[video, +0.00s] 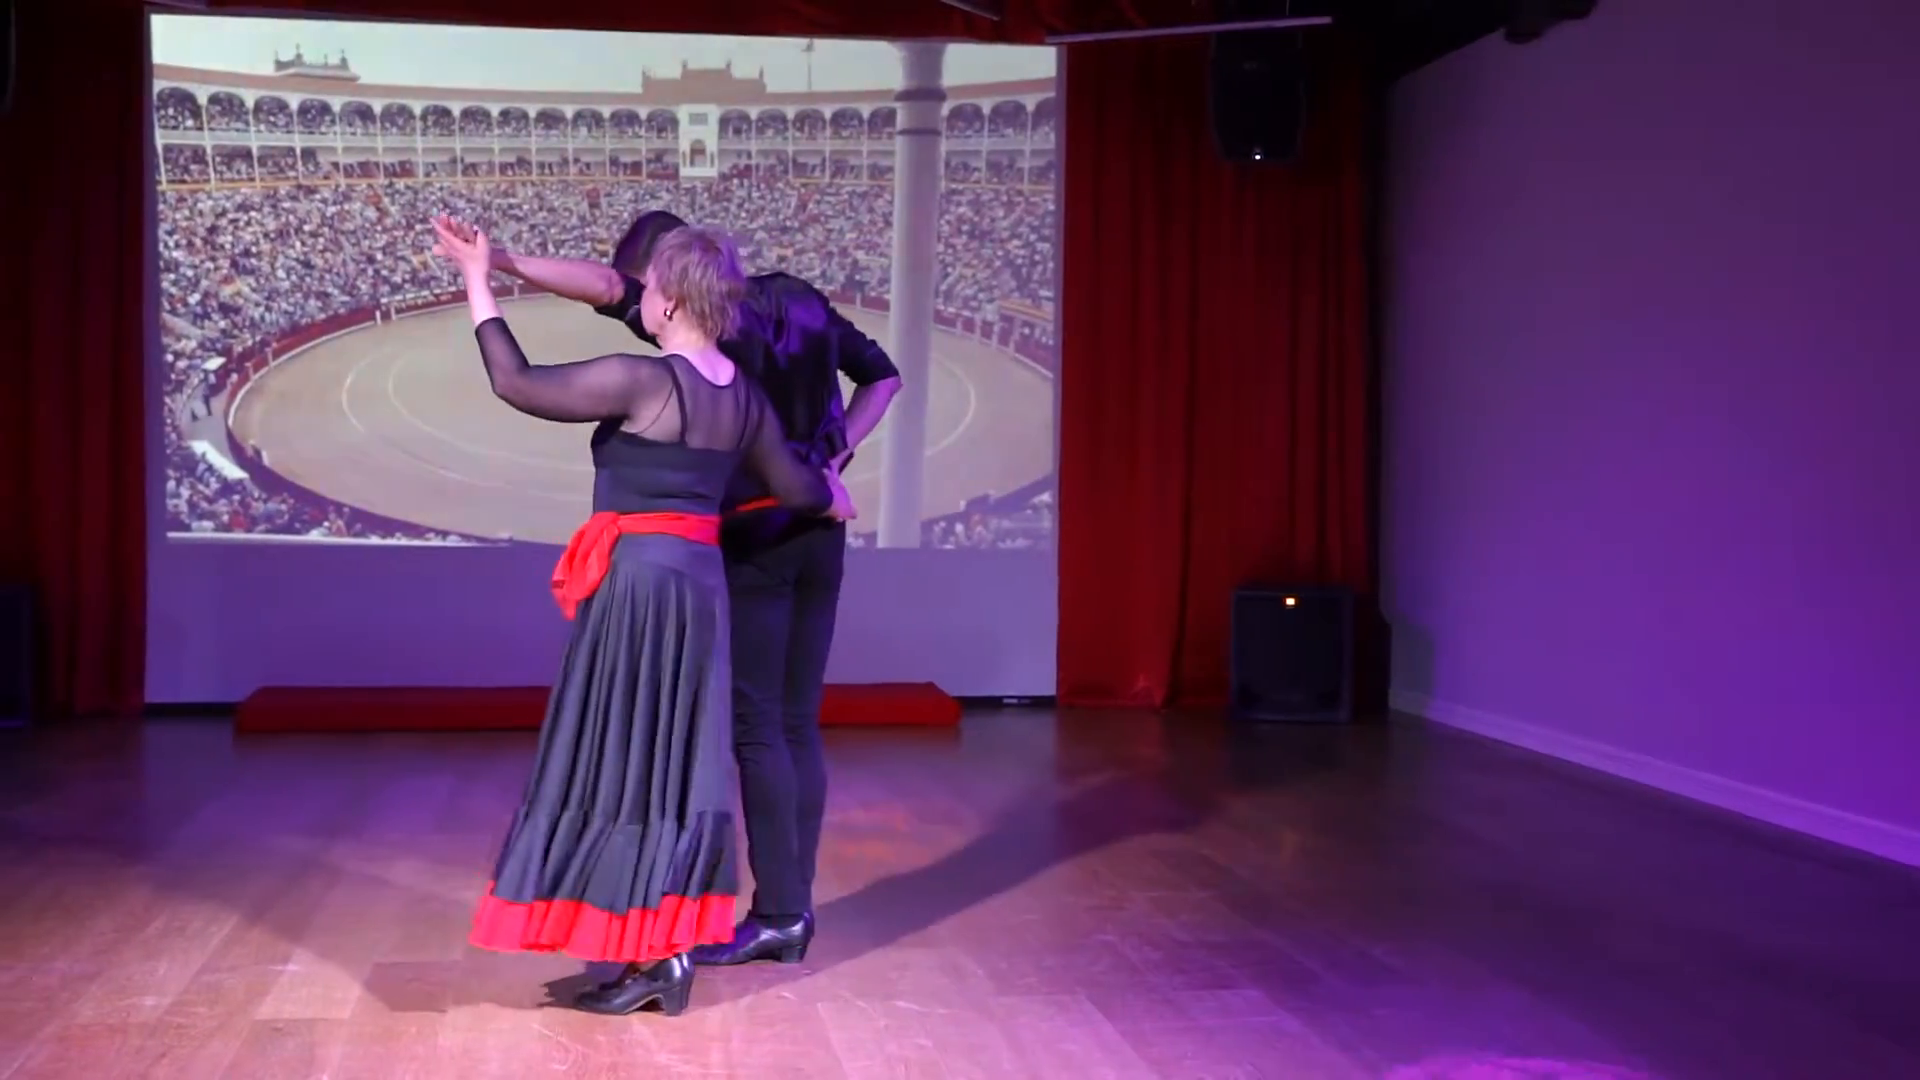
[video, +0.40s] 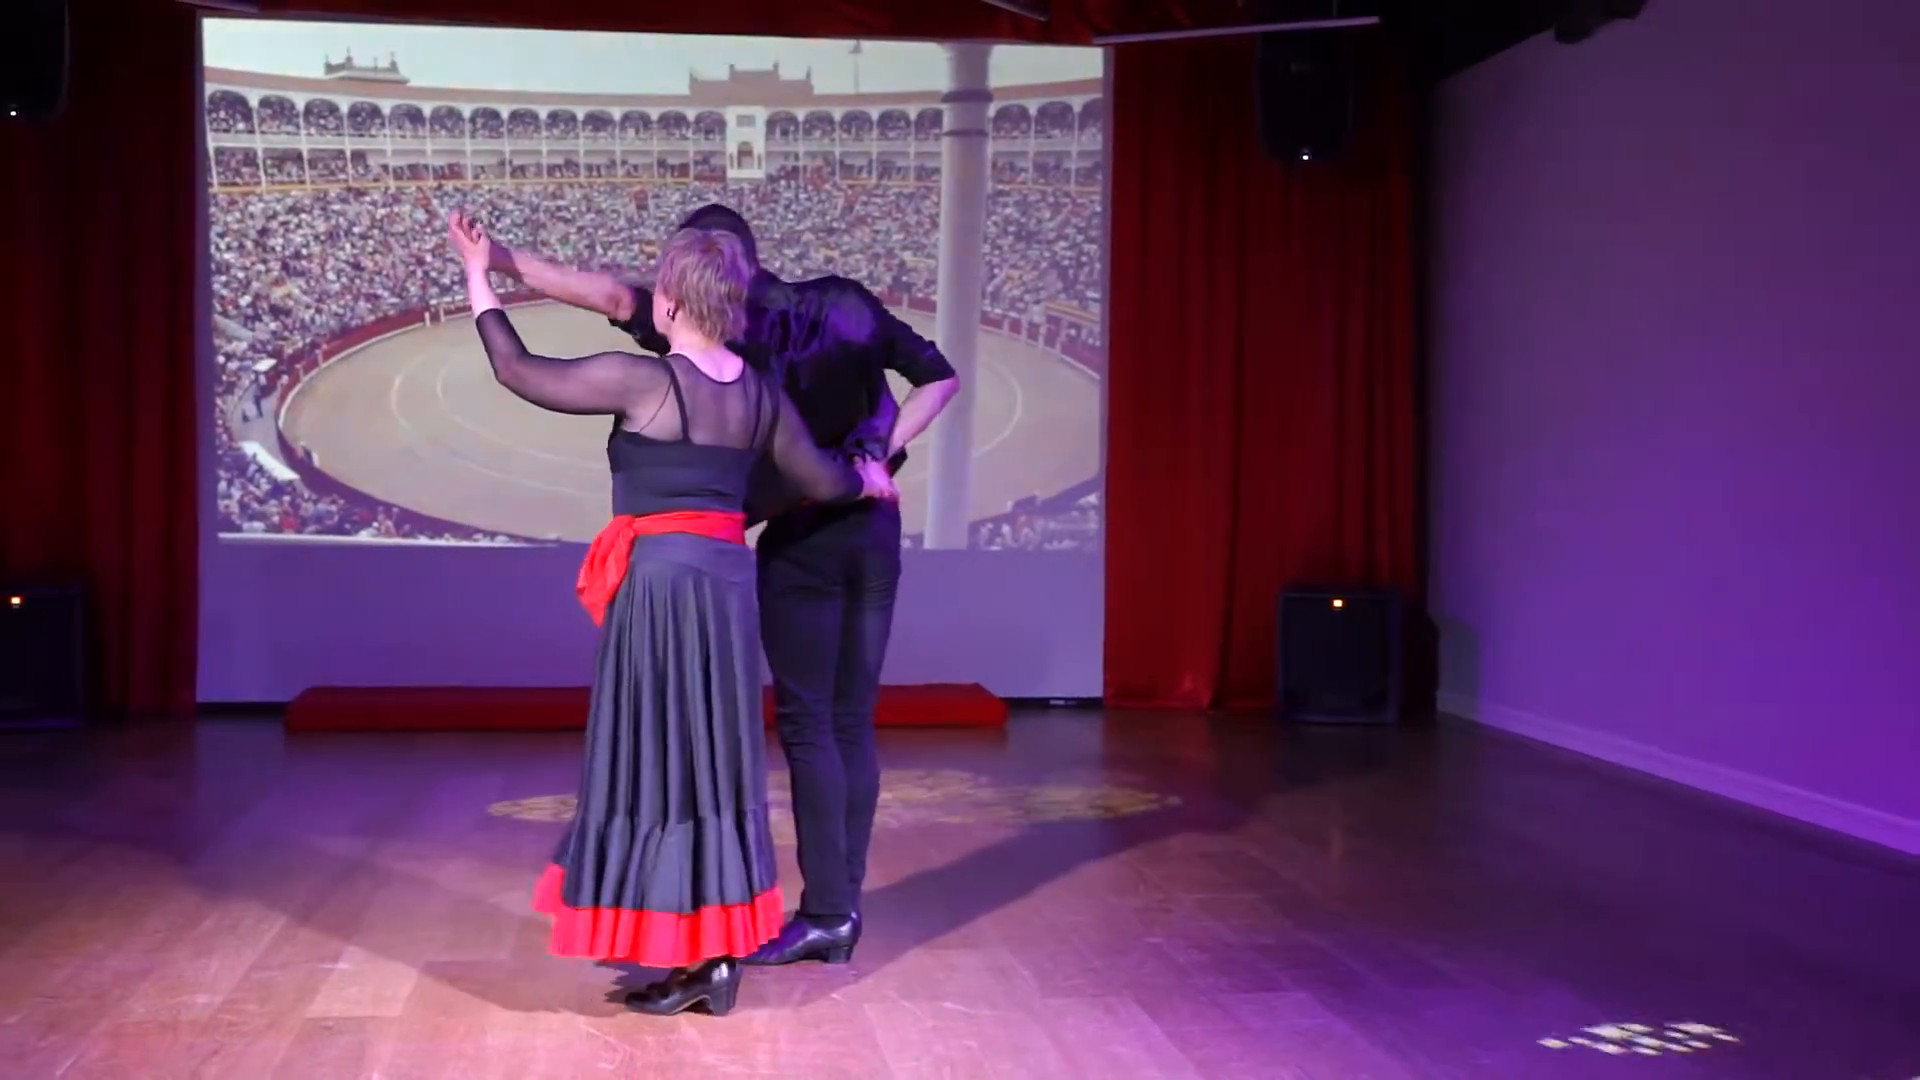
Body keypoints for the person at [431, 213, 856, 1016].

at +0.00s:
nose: (634, 300)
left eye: (640, 289)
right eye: (637, 289)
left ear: (663, 299)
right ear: (717, 301)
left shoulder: (638, 377)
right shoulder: (742, 397)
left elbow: (514, 384)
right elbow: (792, 486)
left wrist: (477, 283)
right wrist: (828, 491)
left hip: (636, 579)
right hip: (698, 581)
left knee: (621, 757)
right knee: (674, 758)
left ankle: (640, 952)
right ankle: (661, 946)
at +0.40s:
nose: (652, 303)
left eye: (656, 292)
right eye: (658, 292)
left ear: (668, 301)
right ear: (737, 306)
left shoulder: (639, 377)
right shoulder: (759, 395)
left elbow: (519, 372)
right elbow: (823, 483)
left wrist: (479, 279)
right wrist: (867, 478)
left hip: (658, 583)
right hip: (729, 585)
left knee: (657, 758)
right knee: (716, 760)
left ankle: (684, 951)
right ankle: (708, 951)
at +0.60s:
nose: (734, 285)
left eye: (736, 269)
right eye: (732, 270)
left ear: (764, 258)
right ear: (794, 252)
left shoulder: (782, 336)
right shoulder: (882, 308)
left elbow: (665, 358)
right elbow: (955, 395)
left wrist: (561, 293)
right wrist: (906, 453)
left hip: (832, 538)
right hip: (892, 528)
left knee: (830, 728)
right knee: (859, 724)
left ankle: (850, 916)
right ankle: (861, 904)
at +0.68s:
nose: (752, 280)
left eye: (755, 263)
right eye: (749, 265)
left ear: (786, 251)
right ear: (807, 247)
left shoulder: (822, 326)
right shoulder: (879, 309)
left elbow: (758, 414)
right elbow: (937, 412)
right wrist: (900, 466)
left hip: (845, 543)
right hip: (878, 534)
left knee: (844, 731)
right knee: (848, 727)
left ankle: (862, 917)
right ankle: (864, 909)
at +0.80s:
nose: (775, 273)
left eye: (777, 256)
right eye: (772, 257)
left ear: (811, 244)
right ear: (816, 242)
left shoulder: (870, 312)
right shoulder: (853, 307)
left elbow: (873, 434)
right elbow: (884, 414)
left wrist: (794, 389)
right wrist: (931, 469)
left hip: (868, 547)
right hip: (850, 542)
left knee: (859, 730)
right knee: (844, 725)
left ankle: (878, 916)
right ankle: (871, 905)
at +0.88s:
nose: (785, 270)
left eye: (788, 253)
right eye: (781, 255)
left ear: (823, 239)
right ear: (823, 241)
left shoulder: (902, 304)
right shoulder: (844, 315)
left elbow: (940, 410)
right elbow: (869, 422)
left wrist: (836, 376)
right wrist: (938, 483)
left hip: (882, 535)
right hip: (848, 534)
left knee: (866, 727)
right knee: (848, 724)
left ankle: (889, 917)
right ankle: (878, 903)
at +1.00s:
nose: (802, 260)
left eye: (804, 243)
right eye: (800, 246)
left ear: (836, 233)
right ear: (839, 234)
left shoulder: (906, 297)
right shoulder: (851, 313)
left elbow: (965, 357)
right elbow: (828, 452)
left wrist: (846, 338)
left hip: (890, 534)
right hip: (862, 535)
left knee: (879, 724)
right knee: (870, 721)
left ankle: (901, 914)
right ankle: (891, 903)